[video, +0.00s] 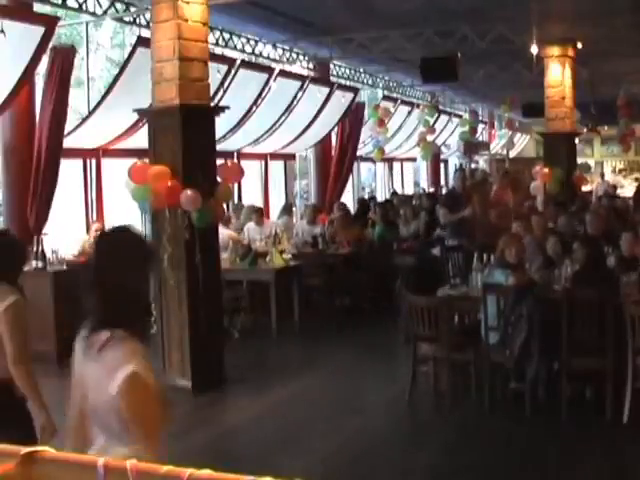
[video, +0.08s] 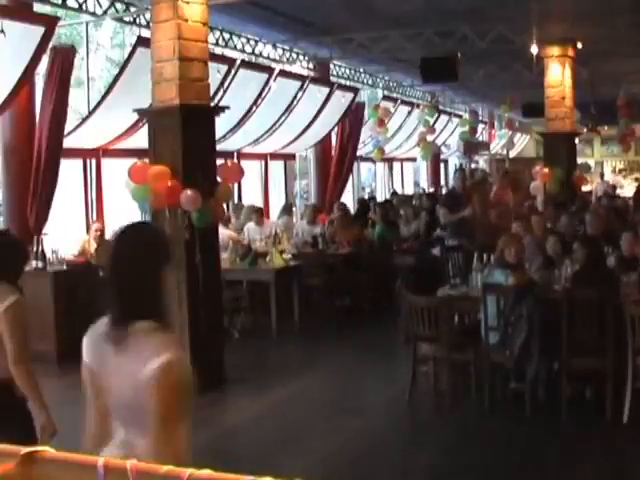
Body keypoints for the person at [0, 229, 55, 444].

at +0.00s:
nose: (24, 263)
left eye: (23, 257)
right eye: (21, 258)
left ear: (6, 260)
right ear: (15, 261)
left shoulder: (10, 298)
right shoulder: (10, 300)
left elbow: (18, 362)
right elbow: (17, 362)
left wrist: (40, 414)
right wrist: (41, 414)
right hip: (6, 394)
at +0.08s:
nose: (24, 267)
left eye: (24, 261)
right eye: (22, 261)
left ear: (5, 261)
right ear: (14, 263)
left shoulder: (10, 297)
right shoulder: (9, 298)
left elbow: (18, 362)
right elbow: (17, 362)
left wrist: (40, 413)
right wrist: (41, 413)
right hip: (6, 391)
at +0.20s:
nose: (26, 266)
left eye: (25, 259)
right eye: (23, 260)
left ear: (5, 260)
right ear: (15, 262)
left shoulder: (10, 297)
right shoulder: (9, 298)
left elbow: (18, 362)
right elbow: (17, 362)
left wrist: (41, 414)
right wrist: (42, 414)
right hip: (6, 391)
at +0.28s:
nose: (26, 266)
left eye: (25, 259)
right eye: (23, 260)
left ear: (5, 260)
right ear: (15, 262)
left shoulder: (10, 297)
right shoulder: (9, 298)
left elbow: (18, 362)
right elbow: (17, 362)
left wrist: (41, 414)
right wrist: (42, 414)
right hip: (6, 392)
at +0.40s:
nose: (26, 267)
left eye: (25, 260)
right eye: (23, 261)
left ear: (5, 261)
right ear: (15, 263)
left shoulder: (10, 297)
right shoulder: (9, 298)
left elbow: (17, 363)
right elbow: (16, 363)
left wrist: (41, 415)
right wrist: (41, 415)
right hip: (6, 393)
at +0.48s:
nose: (25, 265)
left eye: (25, 259)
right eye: (23, 260)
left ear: (6, 261)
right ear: (15, 262)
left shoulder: (10, 298)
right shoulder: (10, 299)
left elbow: (12, 364)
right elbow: (11, 364)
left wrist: (36, 415)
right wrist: (37, 415)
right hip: (6, 401)